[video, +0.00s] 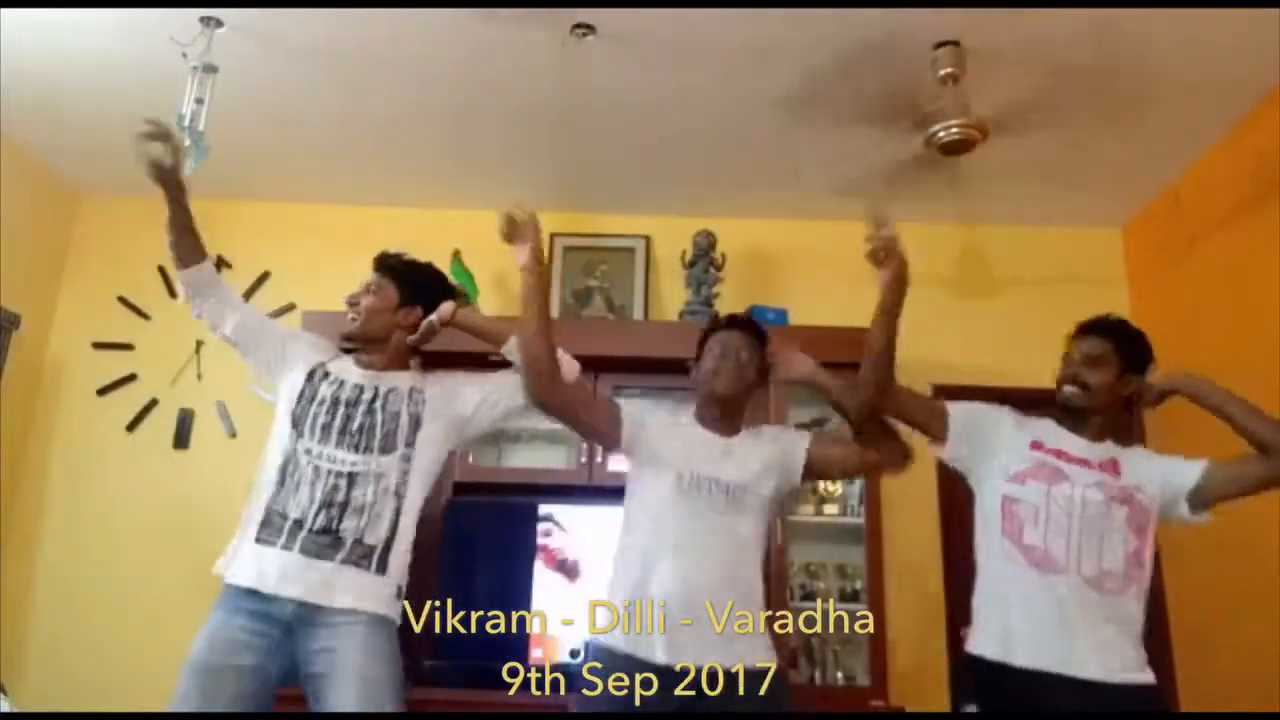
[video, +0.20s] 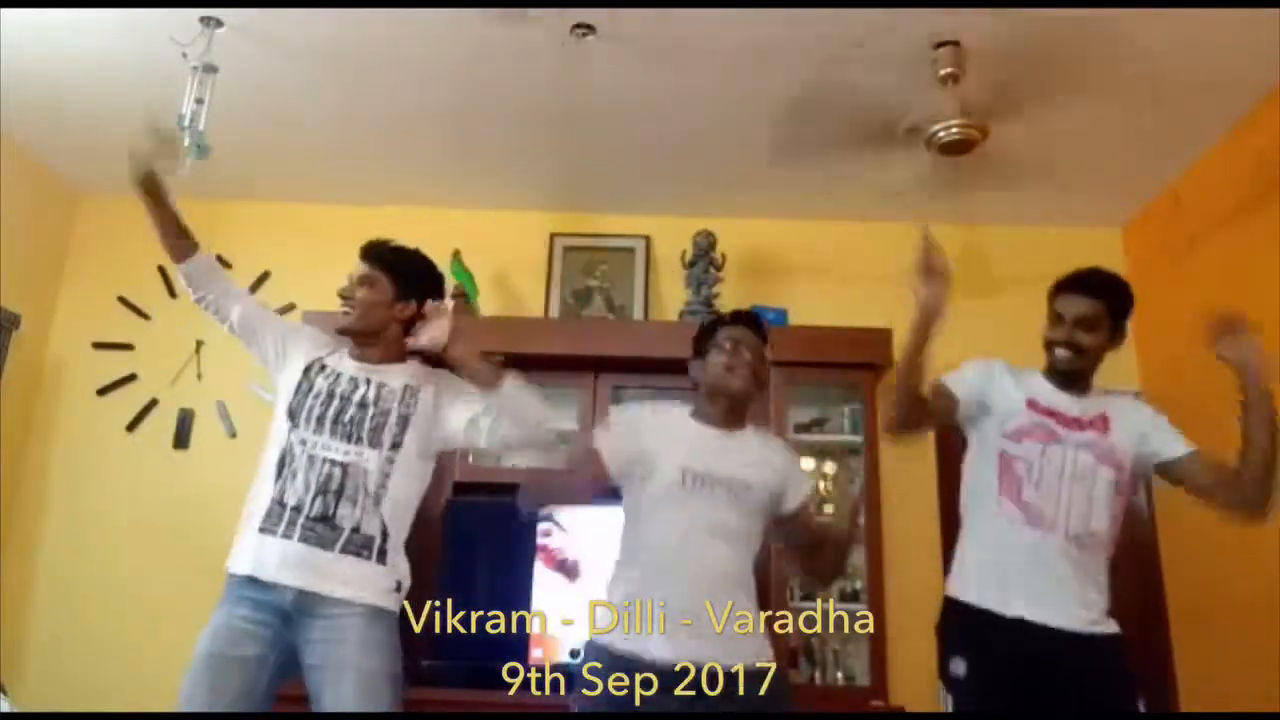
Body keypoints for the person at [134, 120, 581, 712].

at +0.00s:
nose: (354, 300)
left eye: (374, 293)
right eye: (361, 290)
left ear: (413, 319)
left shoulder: (447, 399)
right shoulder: (302, 359)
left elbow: (551, 380)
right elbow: (211, 296)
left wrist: (462, 320)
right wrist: (174, 193)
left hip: (355, 617)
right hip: (251, 599)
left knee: (364, 703)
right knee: (193, 704)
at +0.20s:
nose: (348, 290)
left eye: (366, 282)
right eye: (354, 280)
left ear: (409, 309)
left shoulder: (438, 396)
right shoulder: (302, 349)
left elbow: (546, 433)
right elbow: (215, 291)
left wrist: (458, 357)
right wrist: (153, 194)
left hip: (355, 605)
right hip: (255, 588)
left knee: (359, 703)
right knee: (202, 703)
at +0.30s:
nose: (361, 289)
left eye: (382, 282)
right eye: (359, 277)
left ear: (418, 305)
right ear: (351, 286)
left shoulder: (441, 391)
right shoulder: (307, 348)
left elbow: (476, 518)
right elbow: (206, 308)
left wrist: (422, 458)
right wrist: (96, 239)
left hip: (370, 608)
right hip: (266, 591)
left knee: (375, 705)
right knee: (220, 702)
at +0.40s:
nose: (373, 287)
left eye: (393, 279)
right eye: (367, 275)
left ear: (423, 305)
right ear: (355, 286)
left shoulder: (445, 401)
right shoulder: (306, 350)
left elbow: (446, 537)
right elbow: (220, 341)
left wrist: (399, 553)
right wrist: (145, 335)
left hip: (376, 619)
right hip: (272, 604)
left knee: (400, 704)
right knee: (218, 705)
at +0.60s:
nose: (394, 319)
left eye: (413, 316)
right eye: (385, 309)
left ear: (431, 346)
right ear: (364, 327)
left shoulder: (449, 443)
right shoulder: (301, 408)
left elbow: (450, 583)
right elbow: (197, 525)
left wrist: (356, 627)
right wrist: (284, 623)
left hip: (387, 649)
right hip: (279, 639)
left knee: (427, 706)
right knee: (238, 704)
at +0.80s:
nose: (429, 262)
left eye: (443, 254)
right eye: (414, 249)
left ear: (453, 274)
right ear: (384, 263)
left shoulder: (469, 368)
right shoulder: (327, 337)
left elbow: (470, 494)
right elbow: (266, 469)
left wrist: (549, 501)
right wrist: (320, 490)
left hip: (446, 578)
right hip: (341, 567)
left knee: (502, 705)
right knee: (276, 705)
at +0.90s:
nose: (438, 257)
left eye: (452, 249)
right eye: (422, 244)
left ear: (463, 268)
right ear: (393, 256)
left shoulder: (473, 362)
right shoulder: (336, 326)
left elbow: (470, 482)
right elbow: (280, 430)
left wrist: (539, 513)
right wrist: (268, 493)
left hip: (464, 555)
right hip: (358, 543)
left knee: (534, 698)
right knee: (295, 700)